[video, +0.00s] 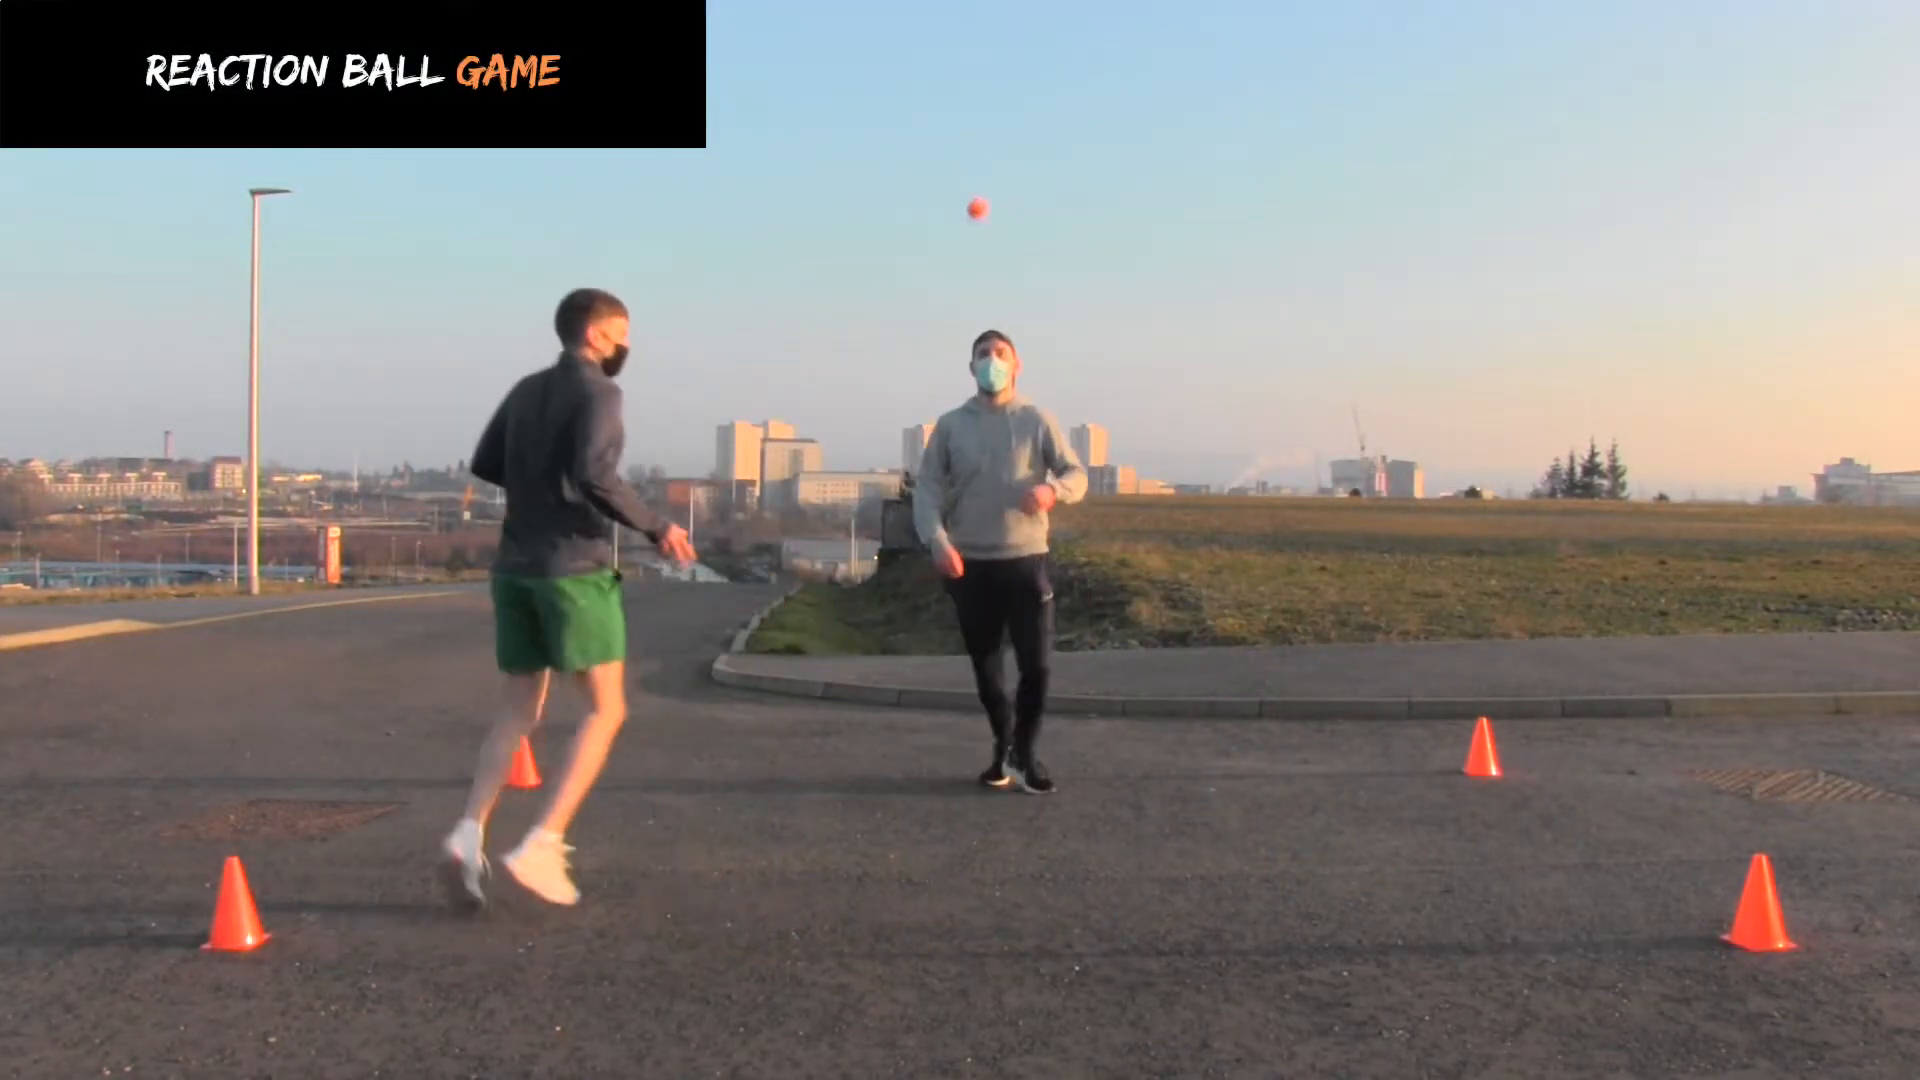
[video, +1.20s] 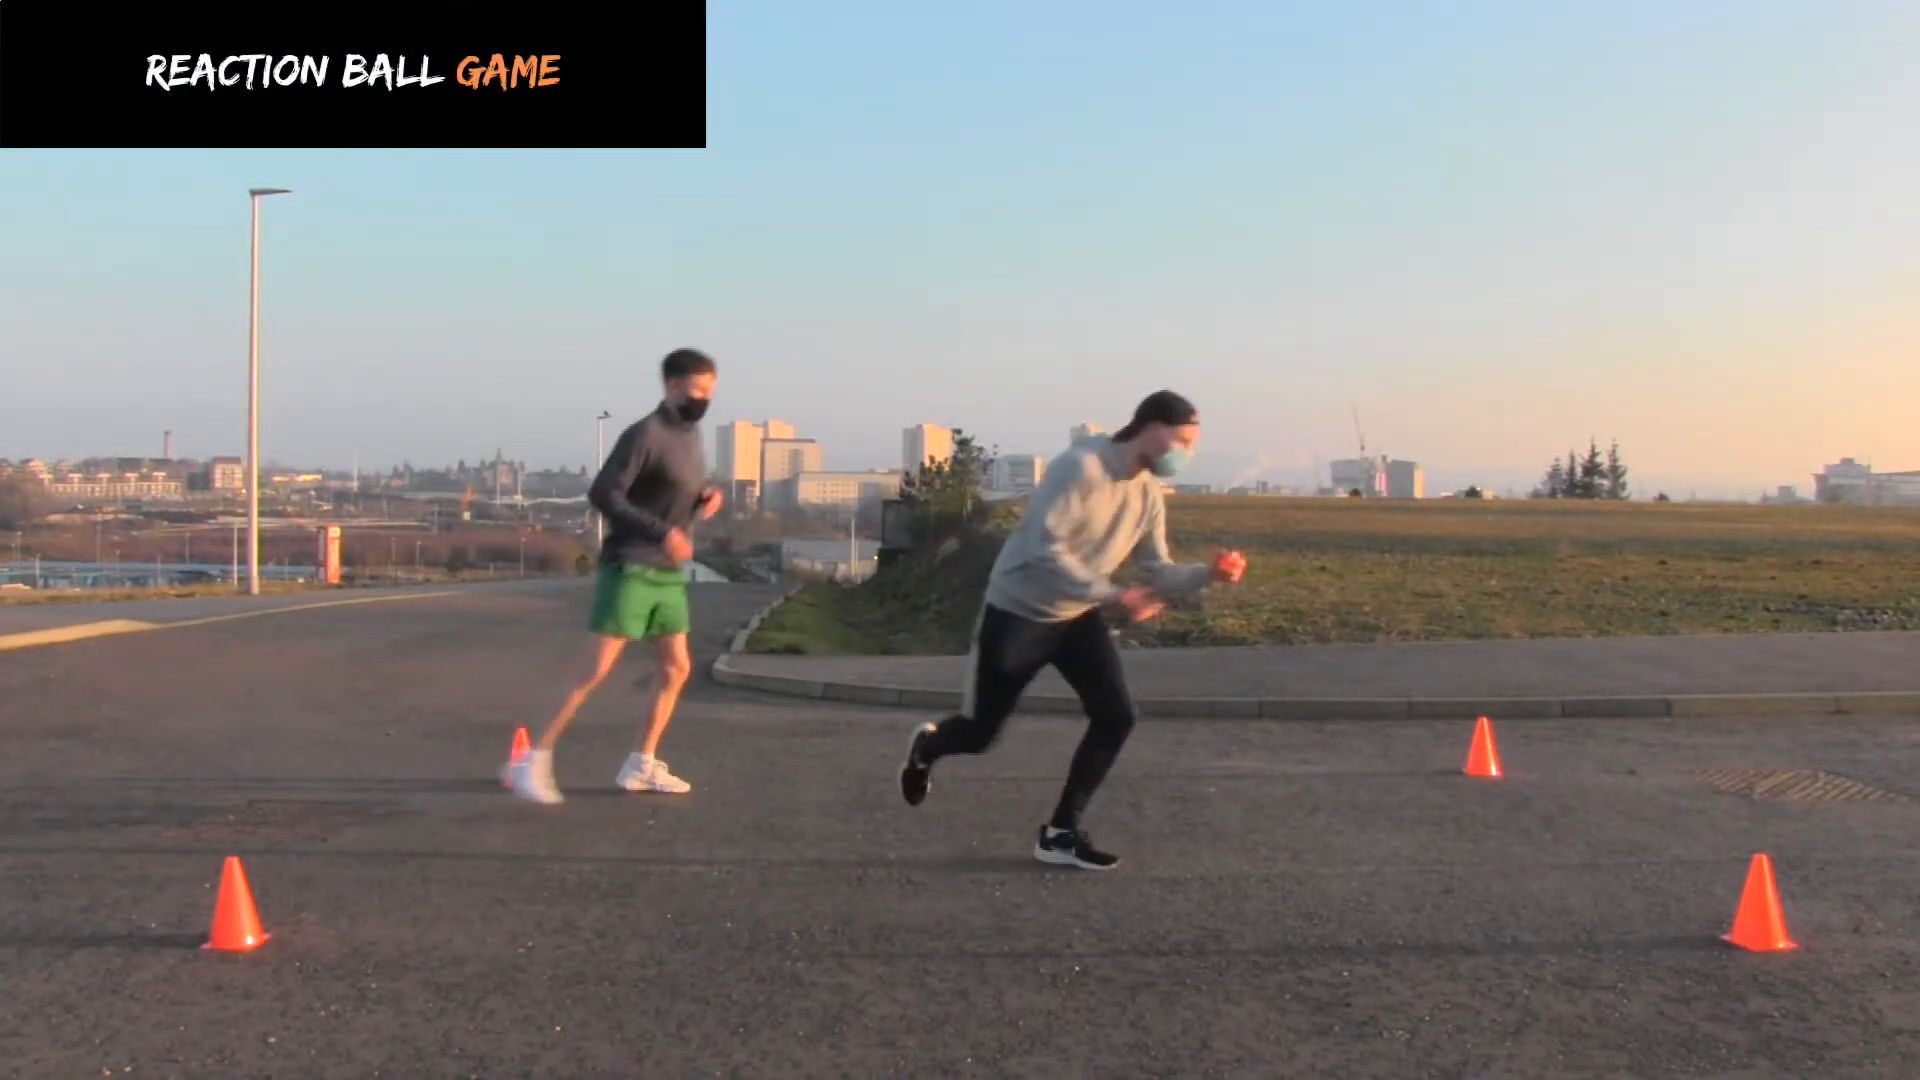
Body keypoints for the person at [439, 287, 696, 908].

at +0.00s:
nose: (627, 342)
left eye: (626, 331)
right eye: (621, 331)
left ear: (572, 332)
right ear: (594, 331)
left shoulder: (527, 389)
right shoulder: (600, 391)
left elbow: (486, 463)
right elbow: (594, 476)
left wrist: (547, 491)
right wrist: (659, 527)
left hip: (515, 570)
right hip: (576, 573)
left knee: (521, 706)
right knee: (607, 708)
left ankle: (469, 831)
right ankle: (542, 844)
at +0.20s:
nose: (594, 383)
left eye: (596, 373)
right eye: (590, 372)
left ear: (546, 369)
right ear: (562, 368)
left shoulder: (499, 420)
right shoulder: (564, 423)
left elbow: (455, 493)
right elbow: (563, 503)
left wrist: (516, 513)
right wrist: (617, 559)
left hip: (477, 588)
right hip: (524, 595)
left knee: (507, 709)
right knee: (527, 733)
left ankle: (450, 810)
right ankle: (456, 862)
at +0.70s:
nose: (590, 389)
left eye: (595, 380)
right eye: (586, 377)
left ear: (563, 374)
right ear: (555, 368)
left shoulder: (549, 414)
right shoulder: (525, 411)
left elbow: (521, 468)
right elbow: (479, 475)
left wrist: (560, 477)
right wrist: (530, 533)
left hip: (532, 564)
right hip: (502, 568)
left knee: (554, 664)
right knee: (503, 687)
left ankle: (489, 757)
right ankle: (435, 776)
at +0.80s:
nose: (599, 409)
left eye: (602, 400)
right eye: (593, 398)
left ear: (573, 397)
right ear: (562, 391)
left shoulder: (557, 441)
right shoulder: (530, 435)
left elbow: (530, 501)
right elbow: (492, 505)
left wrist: (568, 506)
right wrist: (540, 558)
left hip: (538, 586)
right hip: (500, 589)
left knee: (582, 666)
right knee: (493, 705)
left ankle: (547, 765)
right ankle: (426, 785)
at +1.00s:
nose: (639, 447)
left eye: (642, 438)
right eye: (632, 438)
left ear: (636, 436)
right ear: (604, 433)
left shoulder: (611, 484)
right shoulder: (575, 484)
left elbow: (591, 539)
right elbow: (541, 553)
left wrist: (621, 548)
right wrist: (606, 595)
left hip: (582, 612)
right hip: (541, 617)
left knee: (638, 678)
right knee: (510, 716)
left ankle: (635, 768)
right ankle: (421, 793)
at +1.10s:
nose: (678, 425)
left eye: (683, 416)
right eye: (670, 415)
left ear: (685, 414)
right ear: (644, 411)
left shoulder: (661, 464)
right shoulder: (621, 461)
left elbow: (642, 528)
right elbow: (587, 529)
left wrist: (669, 531)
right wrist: (641, 568)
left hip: (636, 594)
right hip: (596, 593)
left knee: (673, 675)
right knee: (557, 688)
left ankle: (640, 767)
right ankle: (466, 769)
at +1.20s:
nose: (704, 400)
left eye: (709, 392)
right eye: (695, 391)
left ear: (711, 391)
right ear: (672, 386)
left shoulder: (693, 438)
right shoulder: (644, 435)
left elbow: (677, 501)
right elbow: (603, 493)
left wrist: (702, 500)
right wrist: (662, 532)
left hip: (670, 571)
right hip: (629, 568)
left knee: (675, 667)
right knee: (596, 668)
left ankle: (642, 762)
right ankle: (534, 756)